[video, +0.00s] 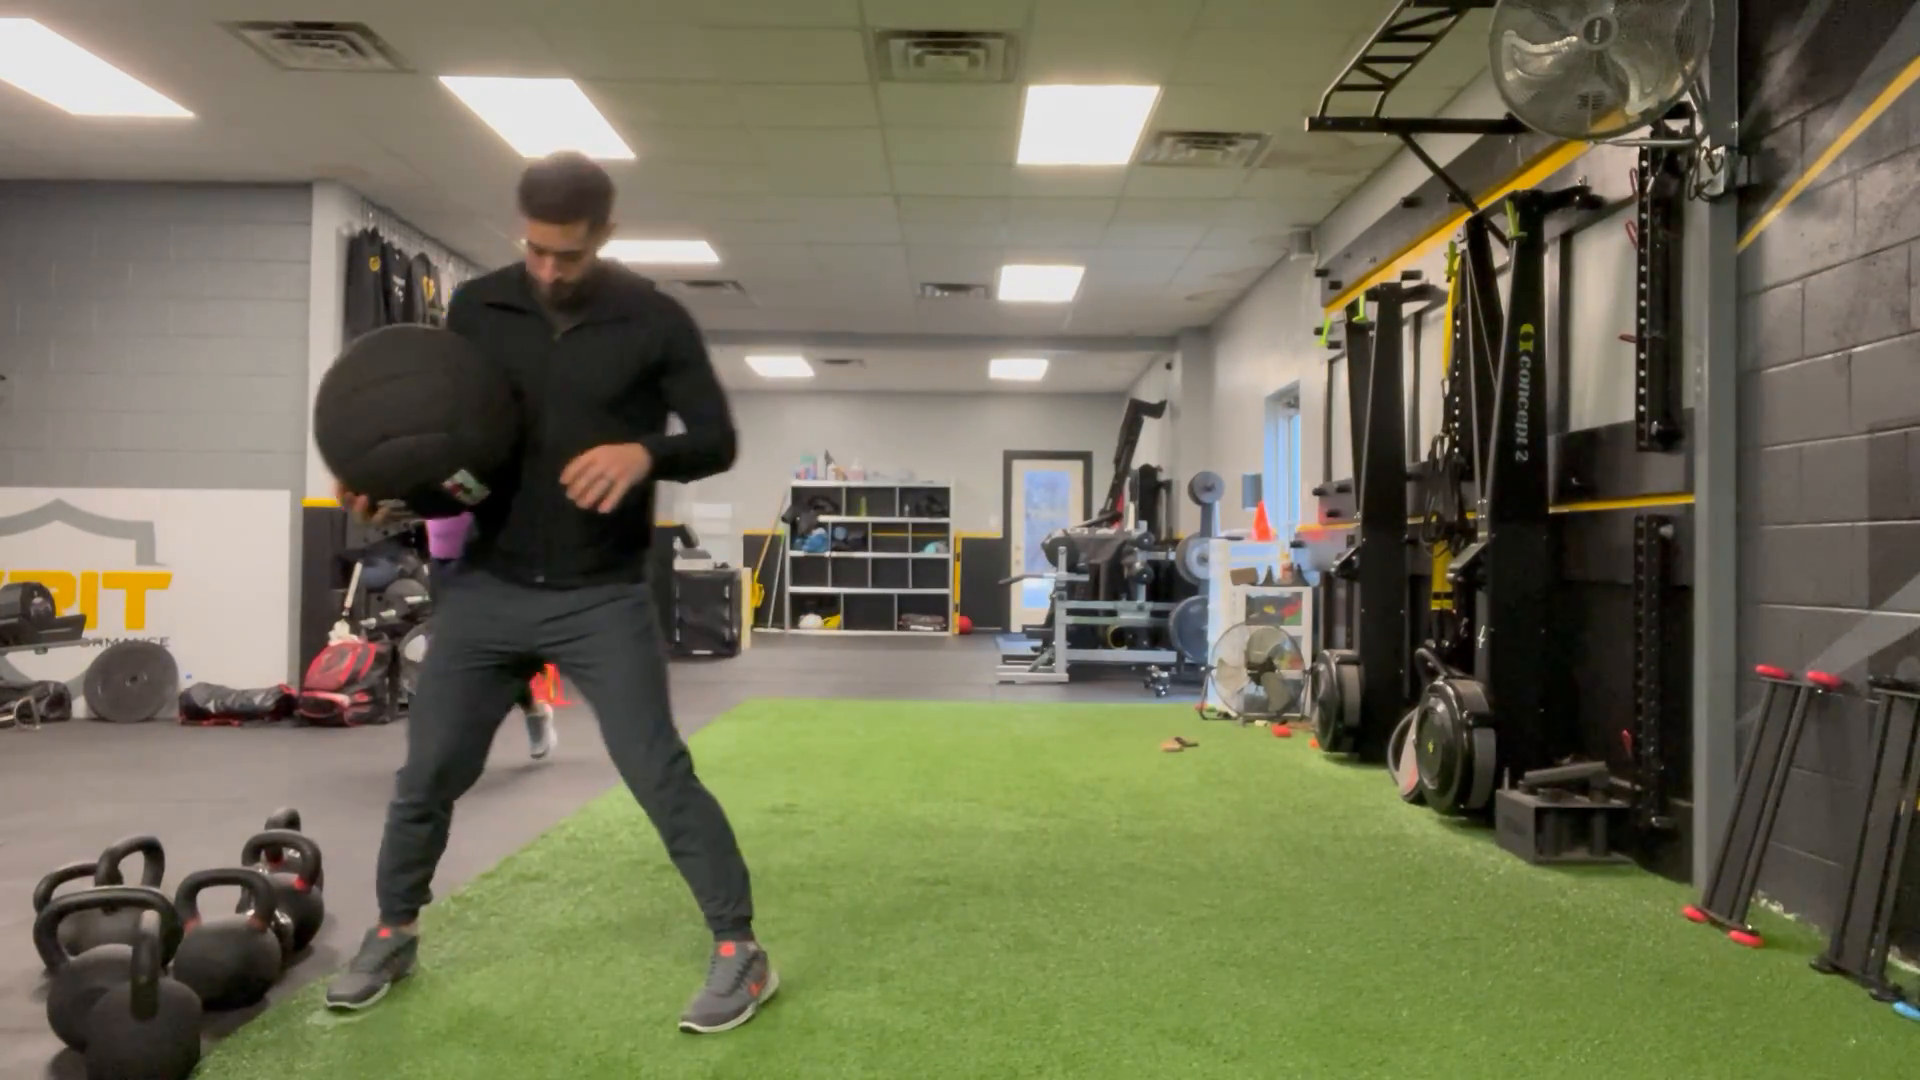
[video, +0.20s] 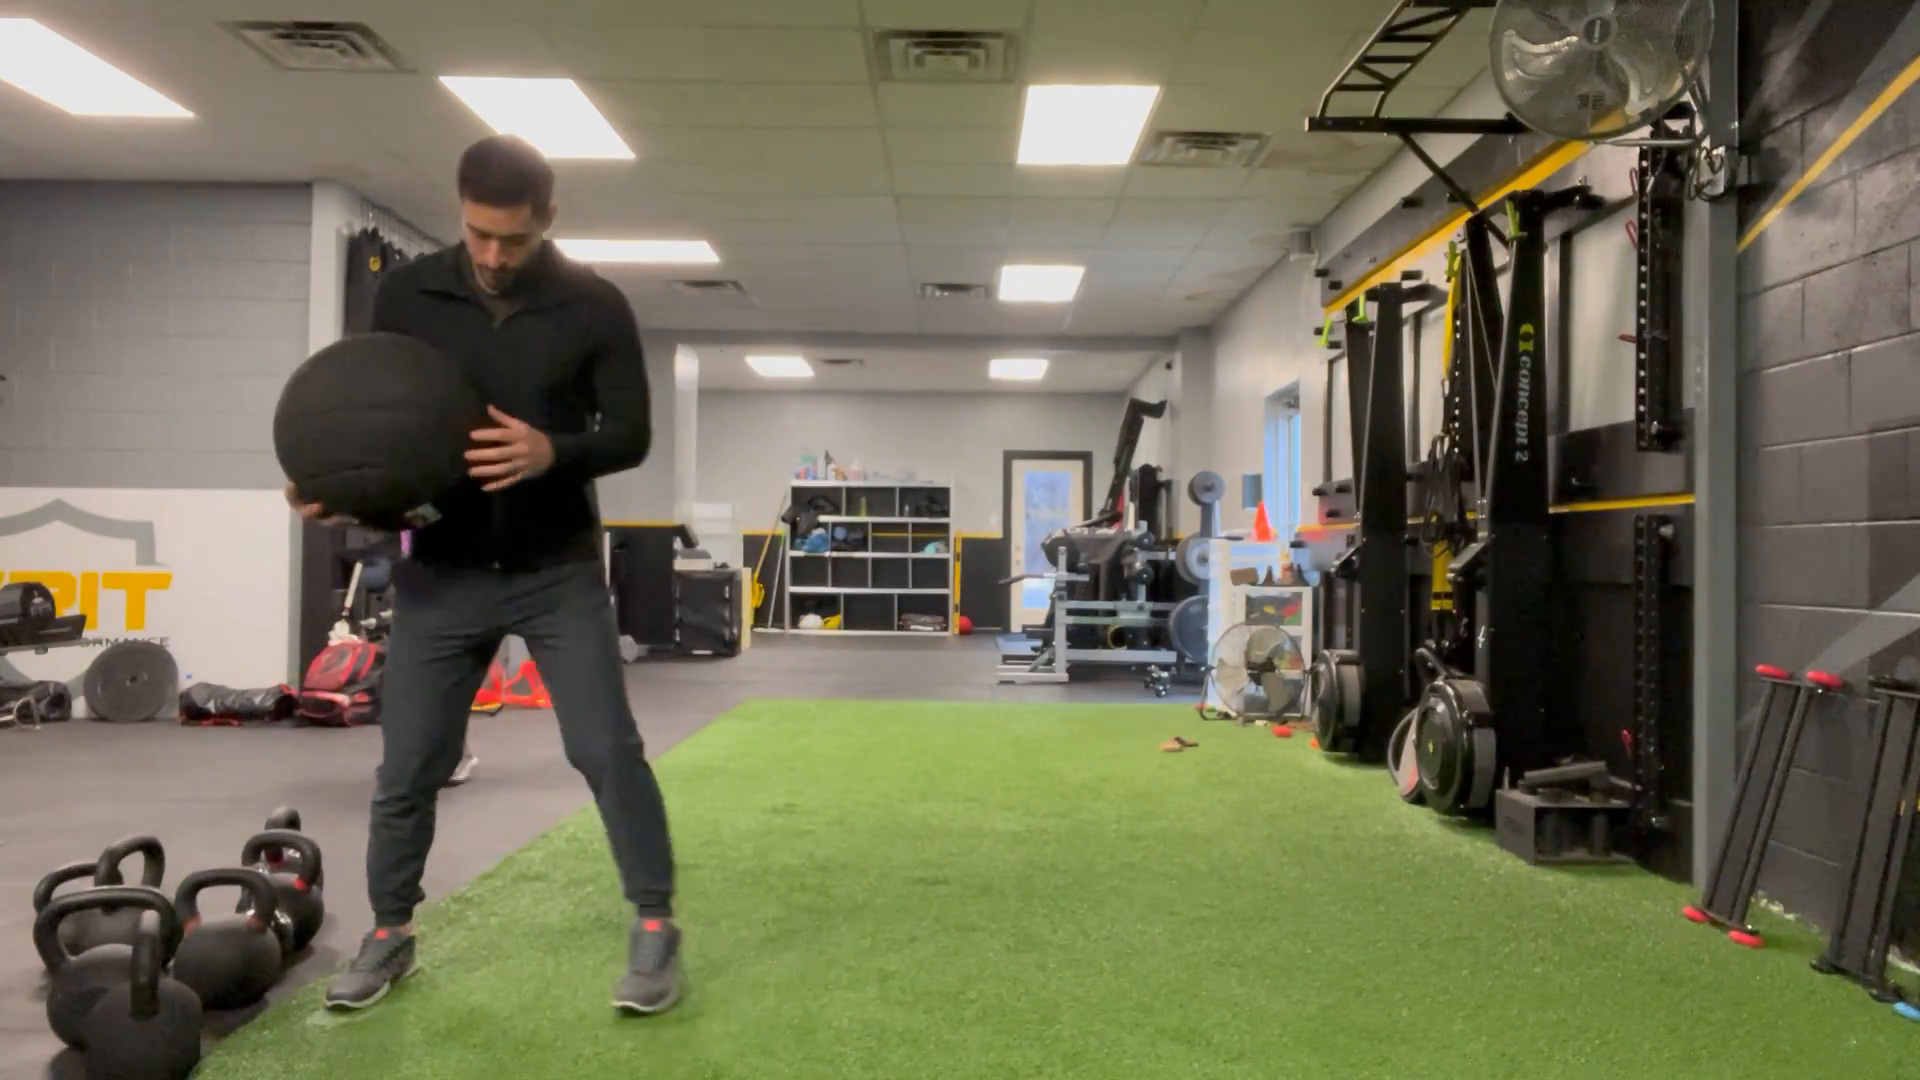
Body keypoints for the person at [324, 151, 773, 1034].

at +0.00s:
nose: (548, 271)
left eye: (567, 256)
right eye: (536, 251)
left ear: (603, 238)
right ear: (519, 229)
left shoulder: (655, 319)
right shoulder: (478, 308)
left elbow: (717, 441)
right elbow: (436, 429)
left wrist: (648, 454)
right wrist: (379, 482)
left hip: (604, 596)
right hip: (486, 589)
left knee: (655, 769)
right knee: (427, 773)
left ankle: (738, 948)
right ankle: (393, 933)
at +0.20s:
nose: (494, 257)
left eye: (513, 241)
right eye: (480, 237)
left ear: (546, 222)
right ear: (458, 212)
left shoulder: (595, 307)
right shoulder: (406, 294)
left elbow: (630, 437)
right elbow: (374, 423)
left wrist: (556, 449)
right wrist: (326, 486)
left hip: (557, 573)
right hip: (438, 577)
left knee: (605, 747)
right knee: (405, 770)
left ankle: (653, 921)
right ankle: (390, 932)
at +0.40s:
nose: (476, 262)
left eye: (494, 245)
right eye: (461, 242)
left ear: (525, 228)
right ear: (438, 224)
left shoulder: (574, 321)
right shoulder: (388, 308)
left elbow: (615, 455)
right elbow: (367, 435)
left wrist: (527, 486)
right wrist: (320, 490)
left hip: (547, 585)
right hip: (426, 586)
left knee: (590, 759)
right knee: (395, 768)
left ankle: (625, 928)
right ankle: (387, 933)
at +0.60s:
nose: (474, 272)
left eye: (492, 254)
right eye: (458, 252)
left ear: (522, 238)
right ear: (433, 234)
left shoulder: (572, 328)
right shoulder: (384, 317)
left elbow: (615, 463)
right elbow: (364, 441)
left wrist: (522, 504)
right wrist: (322, 508)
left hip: (549, 586)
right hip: (426, 589)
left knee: (590, 758)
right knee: (397, 765)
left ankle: (625, 928)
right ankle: (387, 932)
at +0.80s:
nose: (472, 275)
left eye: (489, 256)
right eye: (455, 255)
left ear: (518, 239)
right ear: (429, 237)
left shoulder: (567, 328)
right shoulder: (379, 319)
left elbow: (607, 460)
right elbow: (354, 435)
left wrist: (519, 506)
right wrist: (320, 506)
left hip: (545, 586)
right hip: (426, 590)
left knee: (583, 753)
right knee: (401, 772)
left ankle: (625, 921)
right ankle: (387, 933)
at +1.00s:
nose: (507, 283)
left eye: (526, 265)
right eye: (491, 263)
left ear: (553, 248)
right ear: (463, 241)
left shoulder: (597, 335)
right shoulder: (410, 325)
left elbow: (630, 471)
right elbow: (380, 446)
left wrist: (533, 520)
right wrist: (372, 524)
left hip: (574, 585)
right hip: (457, 593)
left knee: (597, 751)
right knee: (422, 767)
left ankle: (635, 934)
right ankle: (390, 932)